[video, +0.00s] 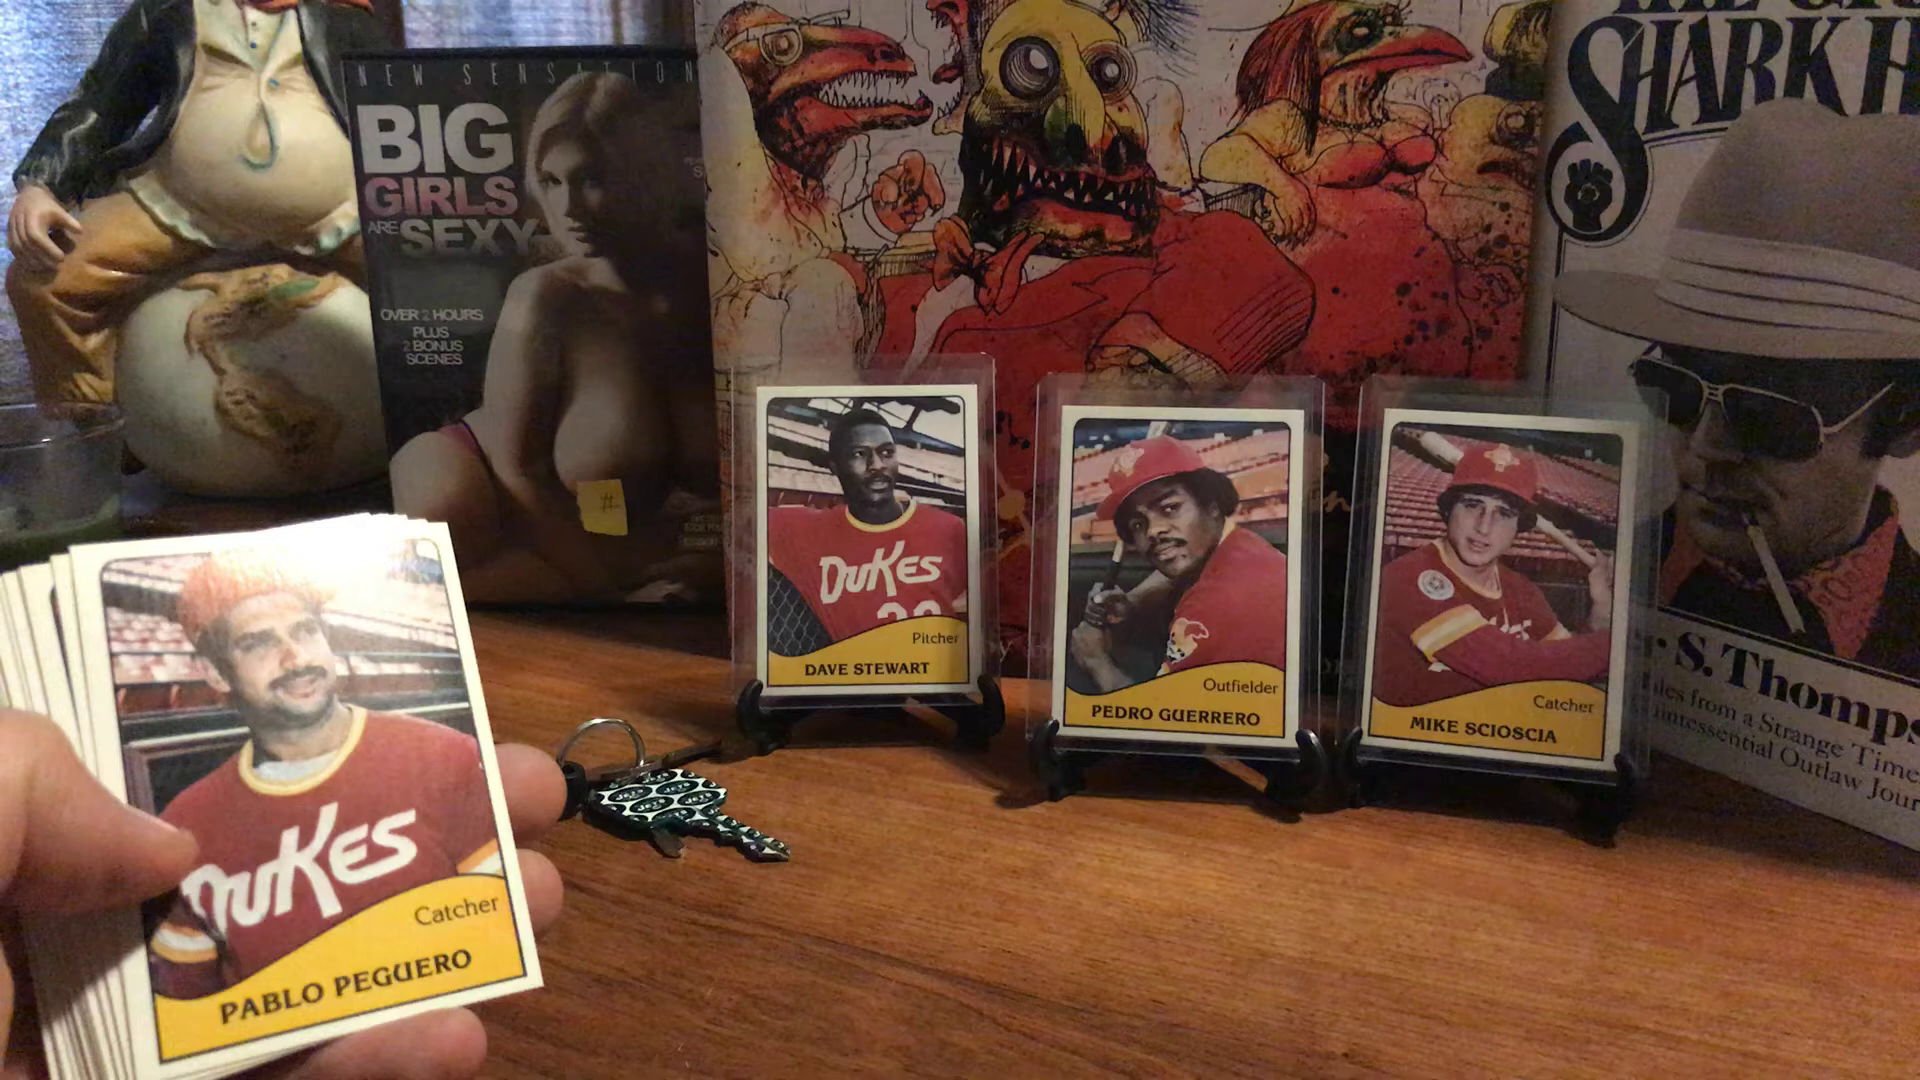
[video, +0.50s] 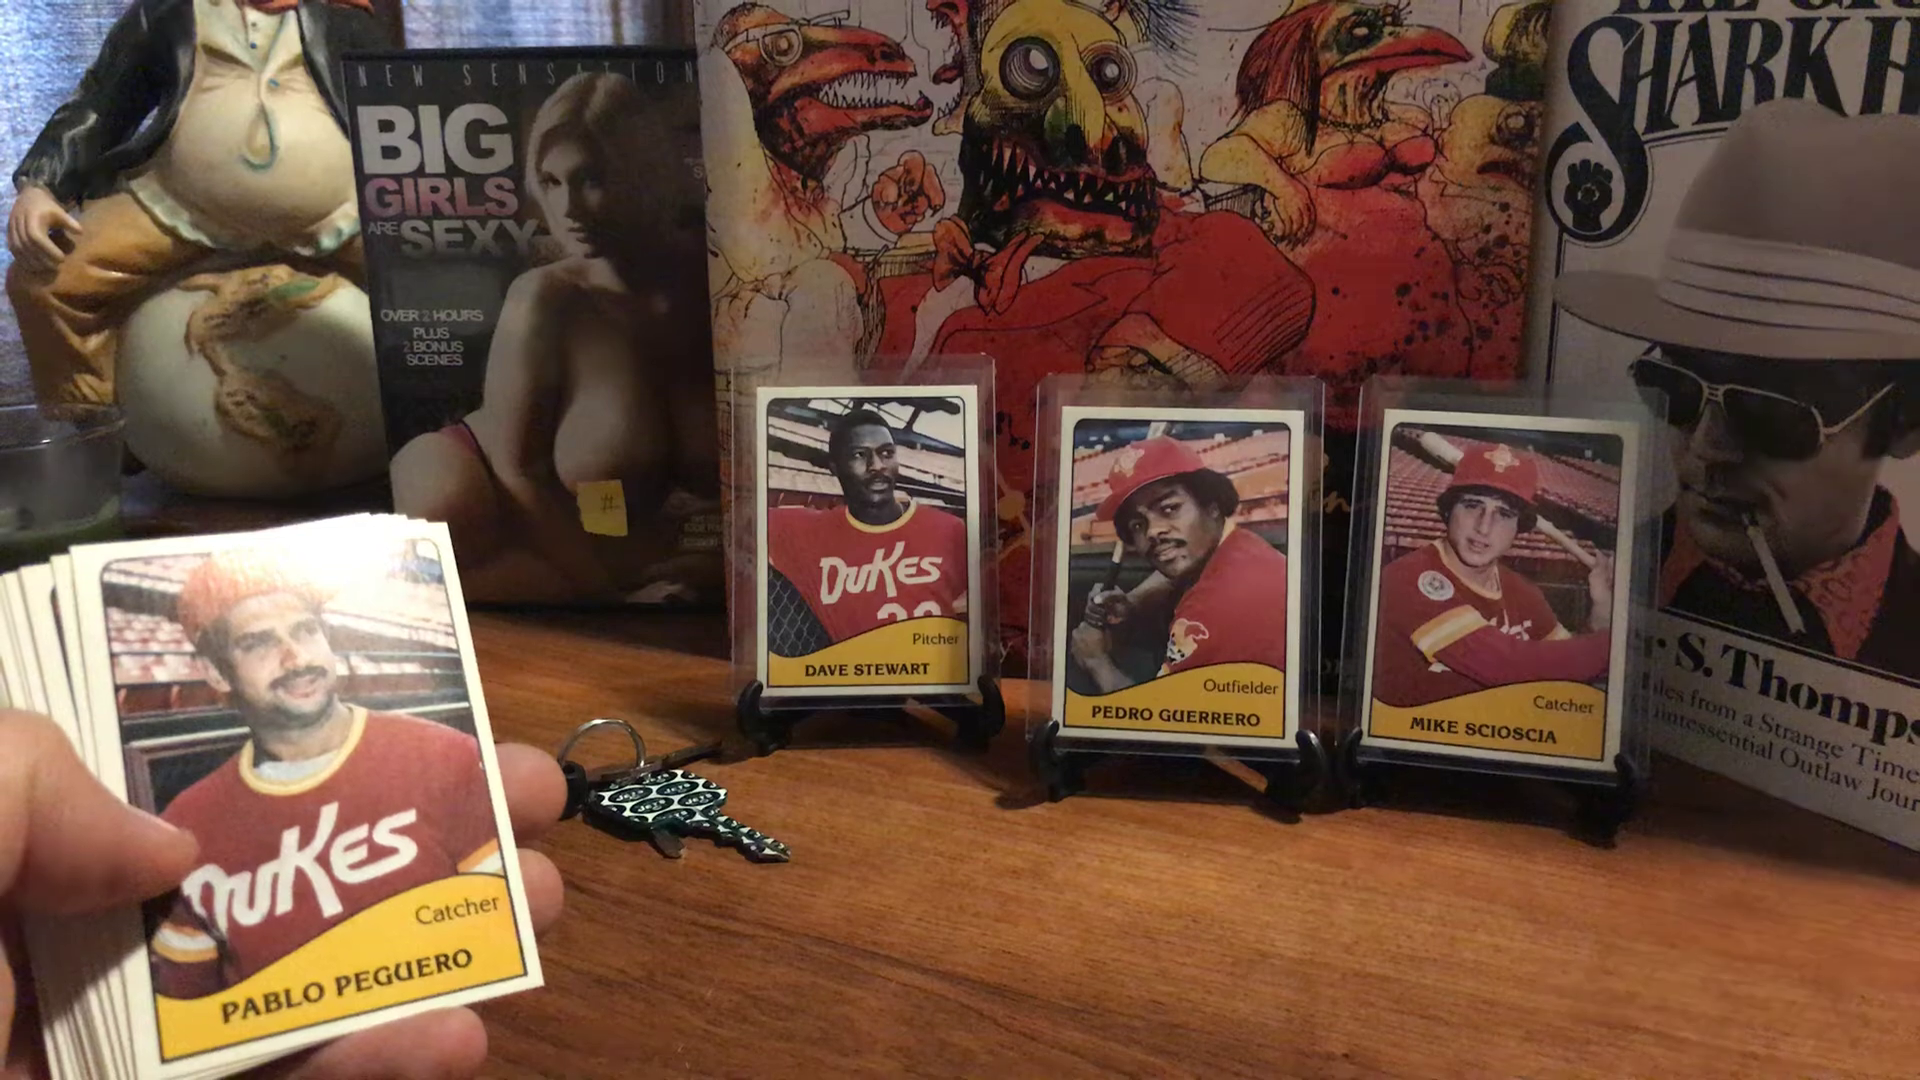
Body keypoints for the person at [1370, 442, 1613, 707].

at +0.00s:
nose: (1484, 526)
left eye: (1503, 513)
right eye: (1473, 505)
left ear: (1518, 528)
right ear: (1449, 509)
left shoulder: (1520, 590)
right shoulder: (1410, 578)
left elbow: (1571, 673)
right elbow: (1502, 664)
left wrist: (1602, 608)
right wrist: (1621, 643)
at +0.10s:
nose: (1484, 526)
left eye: (1503, 513)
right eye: (1473, 505)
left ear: (1518, 528)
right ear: (1449, 509)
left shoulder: (1520, 590)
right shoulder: (1410, 578)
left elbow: (1571, 673)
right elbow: (1502, 664)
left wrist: (1602, 608)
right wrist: (1621, 643)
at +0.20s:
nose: (1484, 526)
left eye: (1503, 513)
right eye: (1473, 505)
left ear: (1518, 528)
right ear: (1449, 509)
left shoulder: (1520, 590)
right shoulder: (1410, 578)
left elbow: (1571, 673)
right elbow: (1502, 664)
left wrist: (1602, 608)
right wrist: (1621, 643)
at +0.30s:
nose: (1484, 526)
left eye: (1503, 514)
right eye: (1473, 506)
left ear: (1518, 529)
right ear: (1448, 510)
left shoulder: (1521, 591)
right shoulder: (1410, 579)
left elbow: (1572, 671)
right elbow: (1502, 664)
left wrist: (1602, 607)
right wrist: (1621, 642)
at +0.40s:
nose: (1484, 525)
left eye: (1503, 513)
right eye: (1473, 505)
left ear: (1518, 528)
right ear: (1448, 509)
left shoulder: (1522, 591)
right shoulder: (1410, 578)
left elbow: (1572, 673)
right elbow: (1502, 663)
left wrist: (1602, 606)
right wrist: (1622, 641)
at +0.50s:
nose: (1483, 526)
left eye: (1503, 514)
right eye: (1473, 505)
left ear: (1518, 529)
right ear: (1449, 510)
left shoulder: (1522, 593)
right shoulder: (1410, 579)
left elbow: (1573, 673)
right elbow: (1501, 665)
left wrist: (1602, 607)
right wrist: (1621, 642)